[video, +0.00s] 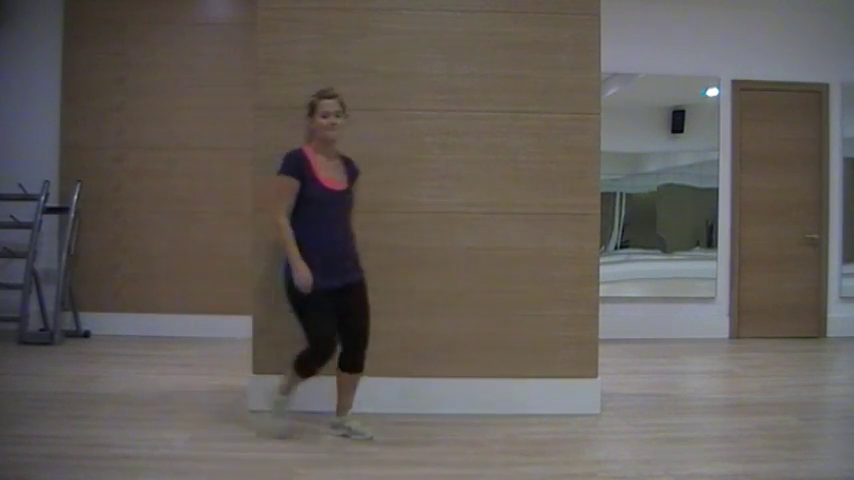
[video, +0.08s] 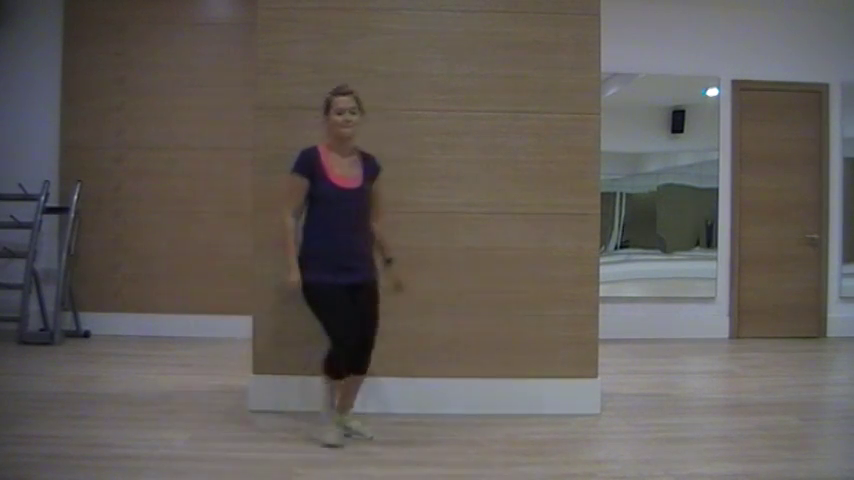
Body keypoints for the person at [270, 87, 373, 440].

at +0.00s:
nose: (332, 121)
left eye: (337, 115)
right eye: (325, 115)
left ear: (343, 121)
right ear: (310, 121)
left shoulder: (348, 168)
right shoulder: (297, 161)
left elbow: (345, 220)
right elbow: (279, 215)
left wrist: (351, 261)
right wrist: (298, 264)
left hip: (346, 268)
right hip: (309, 269)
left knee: (356, 341)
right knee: (323, 345)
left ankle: (343, 415)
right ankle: (284, 389)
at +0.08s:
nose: (346, 118)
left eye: (352, 112)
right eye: (339, 112)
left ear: (360, 119)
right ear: (326, 119)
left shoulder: (369, 164)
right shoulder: (311, 159)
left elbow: (373, 221)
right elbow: (290, 214)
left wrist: (389, 261)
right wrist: (292, 266)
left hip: (361, 268)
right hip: (321, 268)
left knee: (364, 341)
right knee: (344, 338)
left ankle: (344, 414)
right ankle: (330, 414)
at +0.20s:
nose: (366, 116)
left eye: (372, 110)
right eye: (358, 110)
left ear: (381, 117)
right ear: (346, 117)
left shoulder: (390, 161)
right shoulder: (329, 159)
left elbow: (404, 217)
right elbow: (307, 216)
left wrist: (427, 258)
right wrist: (291, 265)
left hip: (384, 270)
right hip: (342, 269)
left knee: (375, 344)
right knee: (369, 343)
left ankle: (348, 413)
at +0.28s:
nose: (377, 117)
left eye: (383, 111)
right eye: (369, 111)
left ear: (393, 117)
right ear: (358, 118)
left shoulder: (403, 164)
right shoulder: (340, 162)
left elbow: (414, 220)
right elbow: (315, 217)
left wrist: (432, 262)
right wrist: (293, 266)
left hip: (400, 273)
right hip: (355, 274)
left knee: (410, 348)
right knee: (381, 348)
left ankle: (371, 399)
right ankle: (390, 428)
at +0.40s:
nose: (395, 121)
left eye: (402, 114)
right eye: (387, 115)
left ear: (412, 121)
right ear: (375, 122)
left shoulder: (424, 169)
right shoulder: (360, 168)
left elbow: (427, 224)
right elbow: (333, 221)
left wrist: (430, 266)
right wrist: (312, 271)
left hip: (418, 276)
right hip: (374, 279)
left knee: (451, 346)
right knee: (389, 358)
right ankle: (393, 431)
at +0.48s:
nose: (409, 120)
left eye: (416, 113)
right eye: (401, 114)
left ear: (425, 120)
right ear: (390, 121)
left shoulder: (438, 168)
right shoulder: (373, 168)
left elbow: (441, 224)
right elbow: (350, 221)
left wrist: (444, 268)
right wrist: (334, 270)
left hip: (431, 275)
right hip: (385, 279)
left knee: (464, 346)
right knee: (397, 358)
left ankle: (481, 428)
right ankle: (394, 434)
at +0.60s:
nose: (431, 119)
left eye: (437, 112)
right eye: (423, 113)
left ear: (448, 117)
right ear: (412, 120)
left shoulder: (464, 165)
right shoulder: (396, 166)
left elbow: (471, 223)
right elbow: (380, 223)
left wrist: (475, 270)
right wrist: (369, 273)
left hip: (456, 277)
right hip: (406, 279)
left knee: (482, 356)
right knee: (401, 362)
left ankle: (507, 433)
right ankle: (396, 432)